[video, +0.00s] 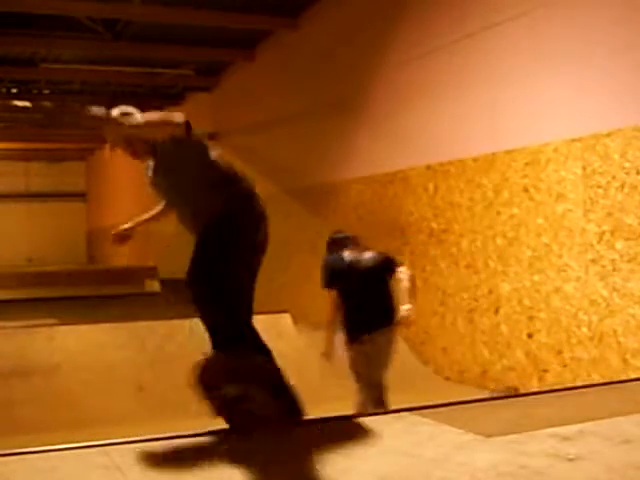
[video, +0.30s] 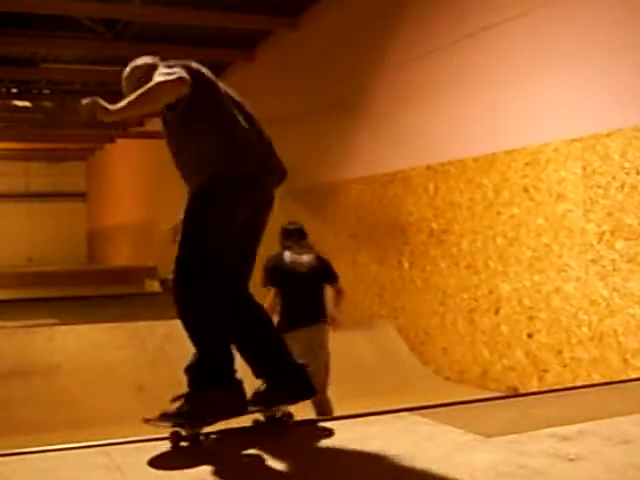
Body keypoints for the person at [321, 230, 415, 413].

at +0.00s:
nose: (333, 255)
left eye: (332, 252)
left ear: (333, 249)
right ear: (355, 244)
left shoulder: (334, 264)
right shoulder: (378, 258)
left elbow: (334, 306)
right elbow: (403, 272)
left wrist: (329, 345)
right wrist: (405, 304)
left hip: (357, 331)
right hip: (384, 325)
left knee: (365, 379)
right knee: (375, 377)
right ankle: (362, 417)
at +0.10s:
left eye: (316, 250)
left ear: (316, 249)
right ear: (341, 247)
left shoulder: (313, 270)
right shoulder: (358, 266)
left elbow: (311, 310)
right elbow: (377, 290)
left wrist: (300, 347)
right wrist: (377, 326)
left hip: (330, 335)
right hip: (357, 332)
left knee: (335, 387)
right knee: (344, 384)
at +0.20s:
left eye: (300, 245)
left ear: (299, 245)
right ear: (322, 243)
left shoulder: (293, 266)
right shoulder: (338, 264)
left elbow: (288, 307)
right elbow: (354, 300)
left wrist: (282, 340)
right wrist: (357, 336)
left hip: (309, 336)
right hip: (337, 332)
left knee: (304, 388)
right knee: (330, 391)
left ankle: (314, 431)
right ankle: (337, 434)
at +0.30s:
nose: (293, 244)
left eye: (288, 240)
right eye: (295, 240)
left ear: (283, 240)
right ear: (305, 238)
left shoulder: (275, 262)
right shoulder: (318, 260)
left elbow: (272, 295)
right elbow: (337, 289)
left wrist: (264, 318)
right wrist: (334, 311)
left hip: (290, 324)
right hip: (316, 321)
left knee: (286, 368)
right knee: (319, 367)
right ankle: (323, 410)